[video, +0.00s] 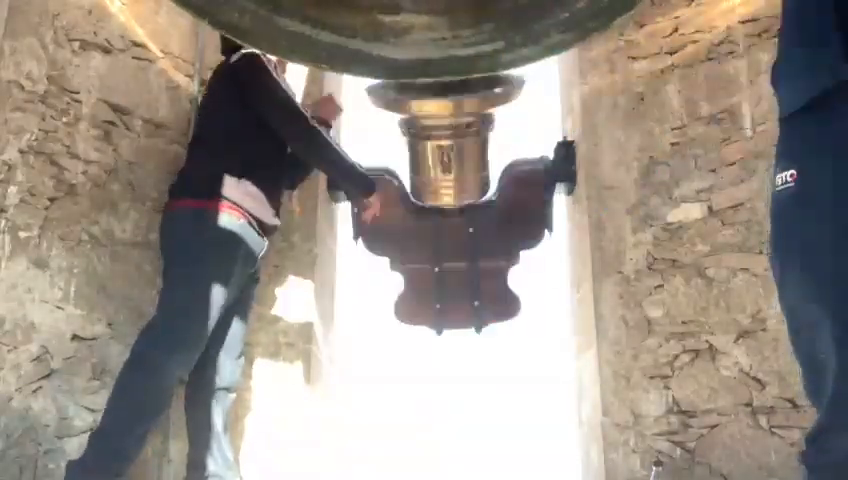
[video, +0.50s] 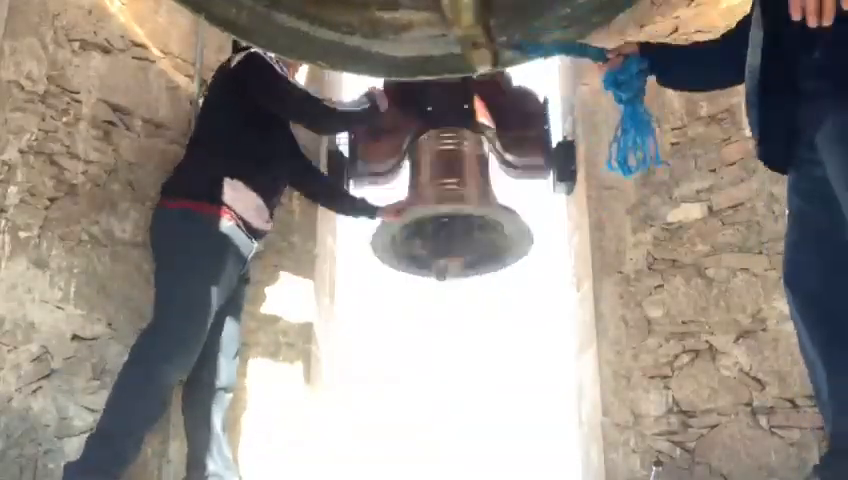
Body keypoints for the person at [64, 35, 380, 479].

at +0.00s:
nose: (285, 62)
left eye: (288, 56)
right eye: (280, 51)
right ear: (260, 45)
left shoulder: (271, 102)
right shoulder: (247, 66)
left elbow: (283, 179)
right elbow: (298, 129)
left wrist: (317, 129)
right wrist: (362, 185)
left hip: (247, 240)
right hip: (214, 221)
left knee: (219, 381)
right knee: (173, 351)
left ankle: (215, 473)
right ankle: (95, 470)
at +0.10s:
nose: (288, 56)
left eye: (291, 51)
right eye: (283, 45)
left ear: (289, 56)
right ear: (261, 35)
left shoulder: (269, 92)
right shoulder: (244, 62)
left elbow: (308, 149)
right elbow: (291, 132)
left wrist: (335, 96)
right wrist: (355, 183)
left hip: (245, 239)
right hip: (211, 222)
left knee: (219, 381)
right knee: (171, 352)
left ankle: (215, 472)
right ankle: (94, 470)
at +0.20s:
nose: (291, 57)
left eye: (295, 49)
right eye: (286, 43)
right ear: (263, 36)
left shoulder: (269, 91)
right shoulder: (244, 63)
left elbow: (314, 134)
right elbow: (285, 133)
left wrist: (362, 96)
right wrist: (354, 179)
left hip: (244, 240)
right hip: (209, 222)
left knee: (219, 379)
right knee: (168, 352)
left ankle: (214, 472)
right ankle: (94, 470)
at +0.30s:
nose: (297, 63)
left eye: (300, 55)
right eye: (294, 50)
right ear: (272, 42)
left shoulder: (269, 94)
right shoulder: (249, 65)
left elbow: (312, 147)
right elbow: (289, 135)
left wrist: (371, 127)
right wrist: (359, 169)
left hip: (245, 241)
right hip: (211, 223)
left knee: (219, 380)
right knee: (166, 355)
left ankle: (214, 473)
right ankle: (94, 470)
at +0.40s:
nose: (300, 67)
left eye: (304, 60)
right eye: (296, 55)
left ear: (299, 68)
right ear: (277, 49)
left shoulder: (273, 108)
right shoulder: (254, 67)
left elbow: (302, 168)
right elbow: (299, 138)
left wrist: (369, 168)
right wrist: (372, 150)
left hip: (243, 244)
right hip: (208, 223)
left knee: (220, 379)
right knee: (176, 349)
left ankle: (214, 473)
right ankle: (94, 470)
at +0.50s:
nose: (299, 67)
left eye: (301, 63)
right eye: (296, 57)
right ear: (278, 51)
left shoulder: (269, 121)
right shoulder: (251, 67)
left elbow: (311, 180)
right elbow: (319, 117)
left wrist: (375, 212)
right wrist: (375, 109)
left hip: (235, 244)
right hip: (203, 222)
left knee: (216, 378)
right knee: (170, 351)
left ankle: (213, 473)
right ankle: (93, 471)